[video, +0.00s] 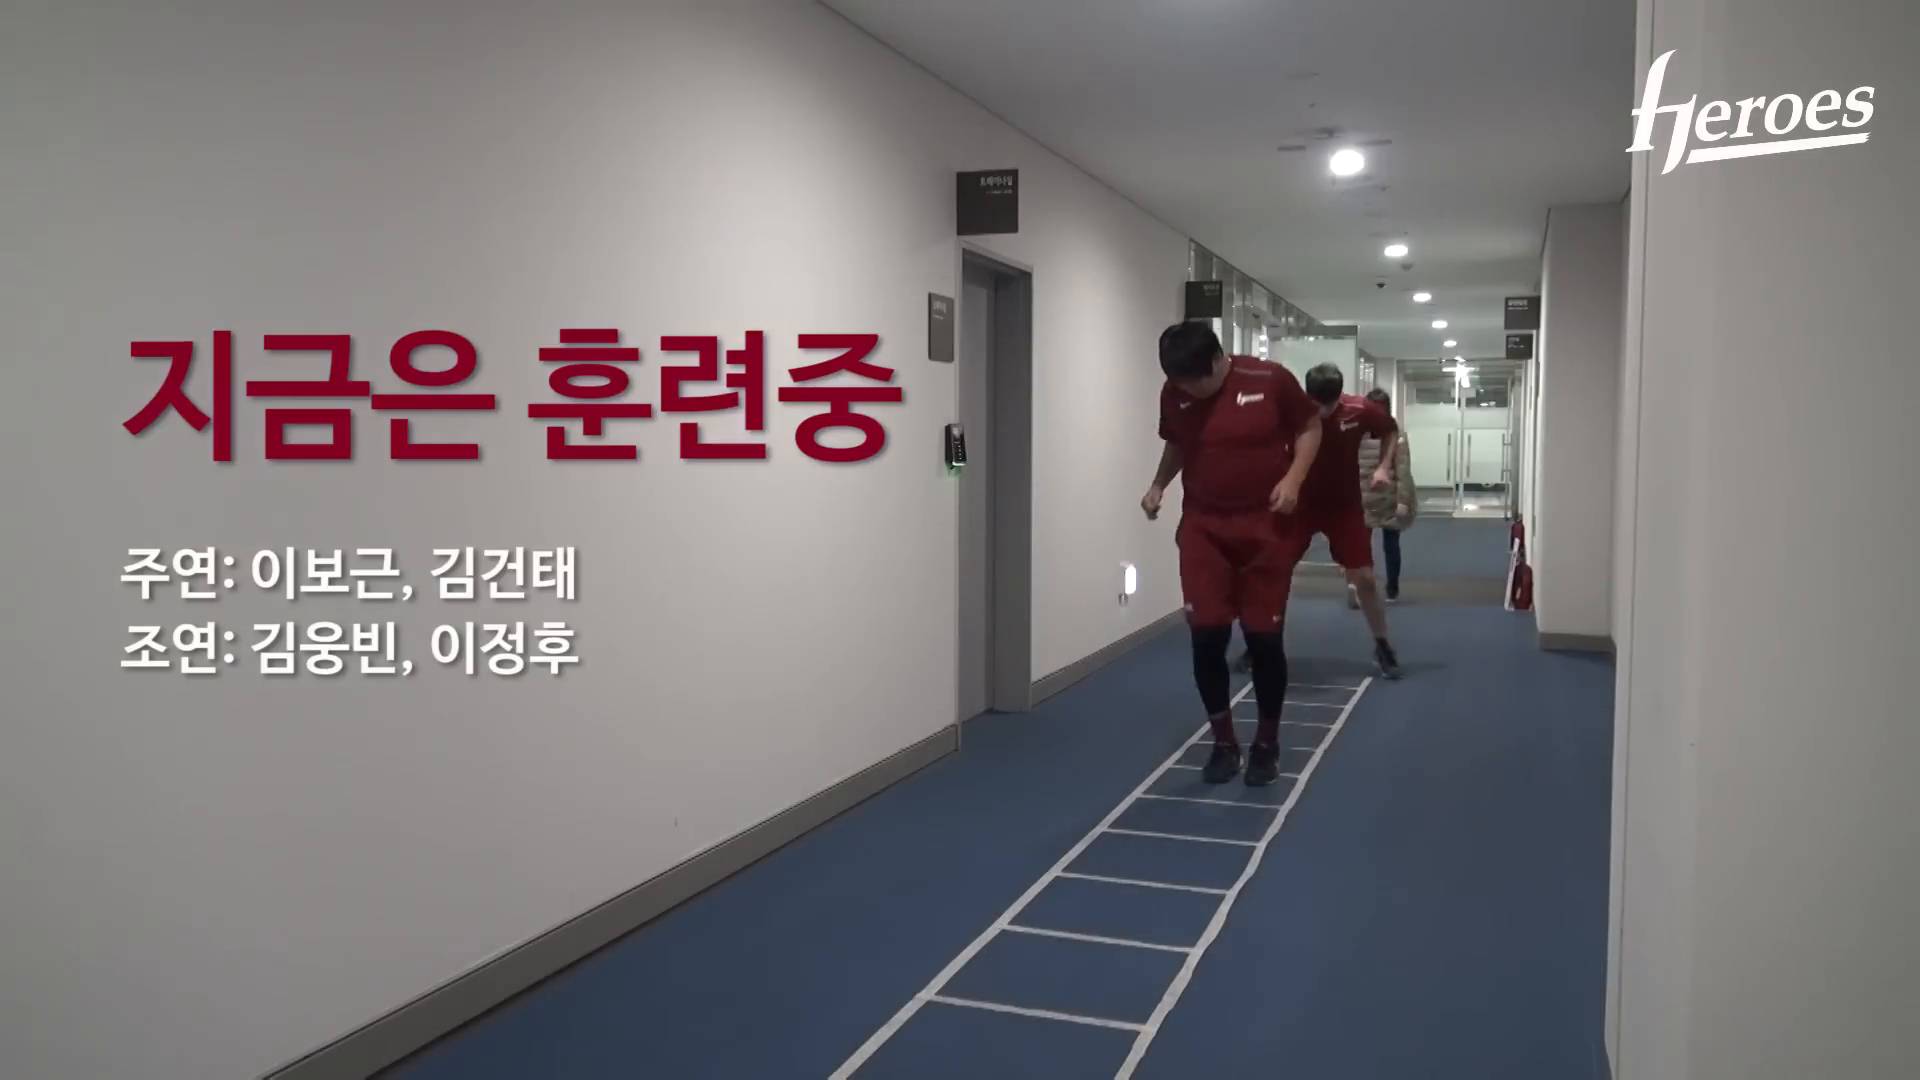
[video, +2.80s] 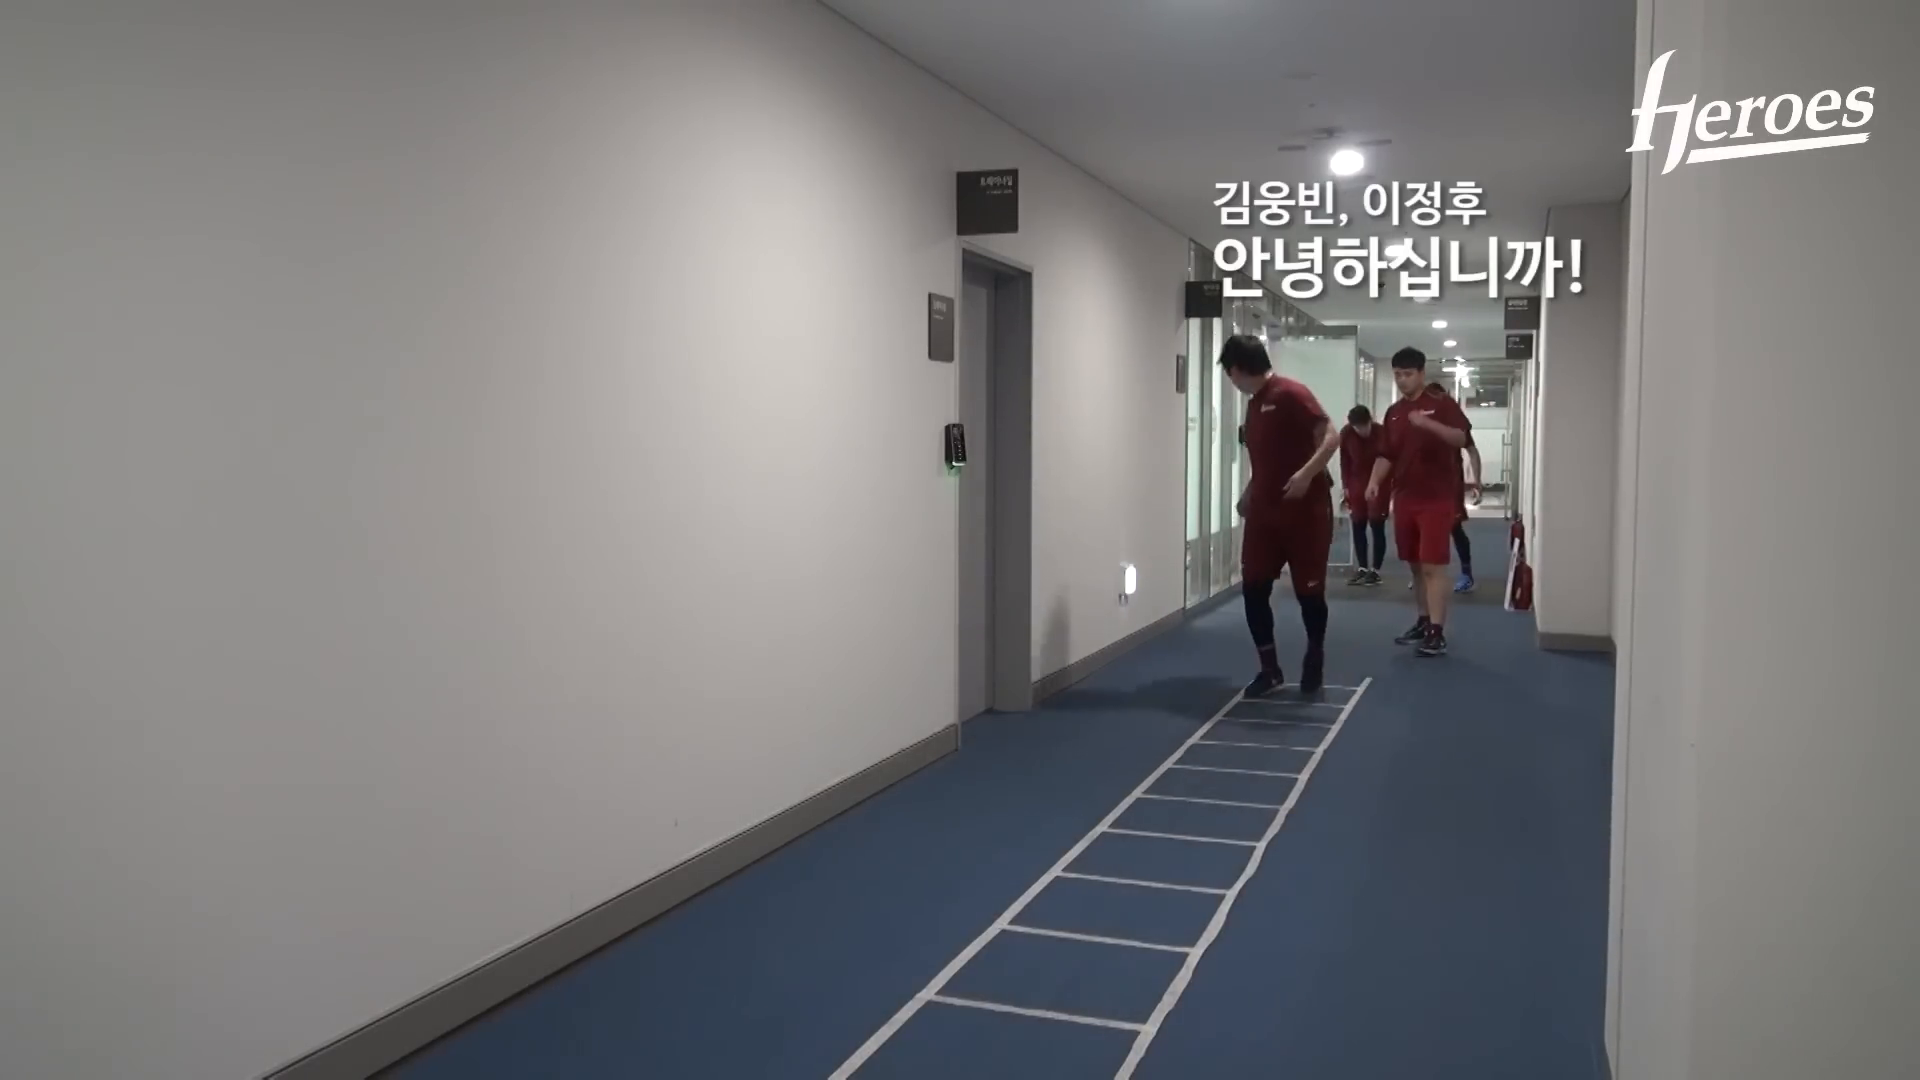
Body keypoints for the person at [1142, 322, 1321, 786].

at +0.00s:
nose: (1190, 393)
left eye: (1197, 385)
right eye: (1182, 386)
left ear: (1219, 363)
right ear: (1172, 375)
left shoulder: (1271, 380)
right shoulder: (1175, 394)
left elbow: (1311, 427)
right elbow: (1176, 443)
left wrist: (1293, 479)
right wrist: (1157, 484)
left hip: (1267, 531)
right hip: (1203, 531)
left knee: (1263, 639)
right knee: (1206, 639)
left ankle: (1266, 743)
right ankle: (1224, 742)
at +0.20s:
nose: (1176, 390)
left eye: (1179, 380)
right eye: (1171, 383)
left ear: (1201, 359)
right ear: (1181, 369)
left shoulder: (1272, 366)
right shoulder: (1179, 392)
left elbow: (1316, 412)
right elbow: (1189, 431)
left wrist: (1306, 471)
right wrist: (1170, 472)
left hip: (1276, 514)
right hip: (1213, 514)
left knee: (1289, 620)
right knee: (1191, 617)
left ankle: (1297, 735)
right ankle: (1190, 725)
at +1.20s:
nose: (1196, 384)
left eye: (1196, 374)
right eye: (1191, 378)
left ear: (1212, 356)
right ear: (1207, 361)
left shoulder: (1277, 374)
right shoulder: (1207, 394)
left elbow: (1332, 412)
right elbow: (1216, 440)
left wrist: (1341, 440)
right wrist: (1185, 471)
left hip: (1287, 512)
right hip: (1233, 514)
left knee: (1307, 605)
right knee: (1211, 604)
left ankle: (1332, 703)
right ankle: (1193, 698)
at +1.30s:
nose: (1200, 384)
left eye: (1200, 375)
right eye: (1196, 378)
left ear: (1218, 359)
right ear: (1213, 363)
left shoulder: (1280, 376)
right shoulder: (1212, 398)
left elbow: (1340, 404)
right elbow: (1216, 443)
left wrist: (1354, 418)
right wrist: (1183, 469)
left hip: (1291, 504)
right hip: (1239, 506)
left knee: (1292, 602)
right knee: (1226, 603)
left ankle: (1298, 693)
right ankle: (1249, 687)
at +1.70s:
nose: (1242, 365)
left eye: (1250, 356)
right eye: (1235, 358)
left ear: (1269, 357)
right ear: (1230, 361)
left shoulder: (1299, 397)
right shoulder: (1224, 404)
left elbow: (1334, 445)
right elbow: (1217, 444)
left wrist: (1299, 447)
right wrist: (1211, 467)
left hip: (1295, 523)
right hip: (1241, 523)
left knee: (1325, 607)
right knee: (1204, 604)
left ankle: (1349, 692)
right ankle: (1196, 686)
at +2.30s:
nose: (1230, 386)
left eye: (1233, 379)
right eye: (1227, 381)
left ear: (1252, 363)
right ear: (1238, 370)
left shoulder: (1311, 381)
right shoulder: (1235, 396)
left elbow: (1347, 419)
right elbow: (1241, 438)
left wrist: (1344, 471)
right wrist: (1227, 468)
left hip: (1309, 500)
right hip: (1258, 500)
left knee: (1327, 585)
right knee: (1234, 582)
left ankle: (1340, 672)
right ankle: (1232, 666)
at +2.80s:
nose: (1231, 381)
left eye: (1230, 374)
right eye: (1229, 375)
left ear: (1240, 369)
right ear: (1252, 366)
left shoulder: (1291, 393)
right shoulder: (1254, 402)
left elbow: (1331, 436)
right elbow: (1265, 459)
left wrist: (1306, 473)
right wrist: (1249, 493)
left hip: (1305, 512)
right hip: (1264, 511)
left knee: (1310, 592)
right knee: (1254, 590)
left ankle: (1315, 655)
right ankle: (1270, 669)